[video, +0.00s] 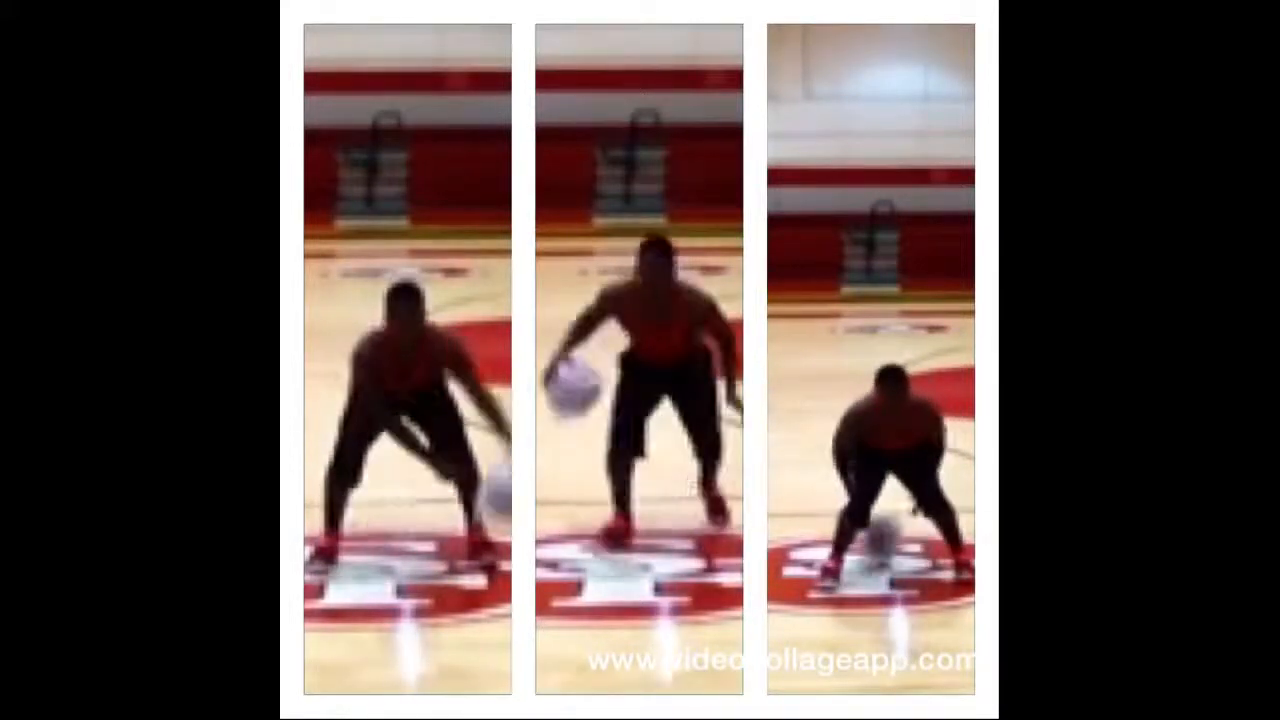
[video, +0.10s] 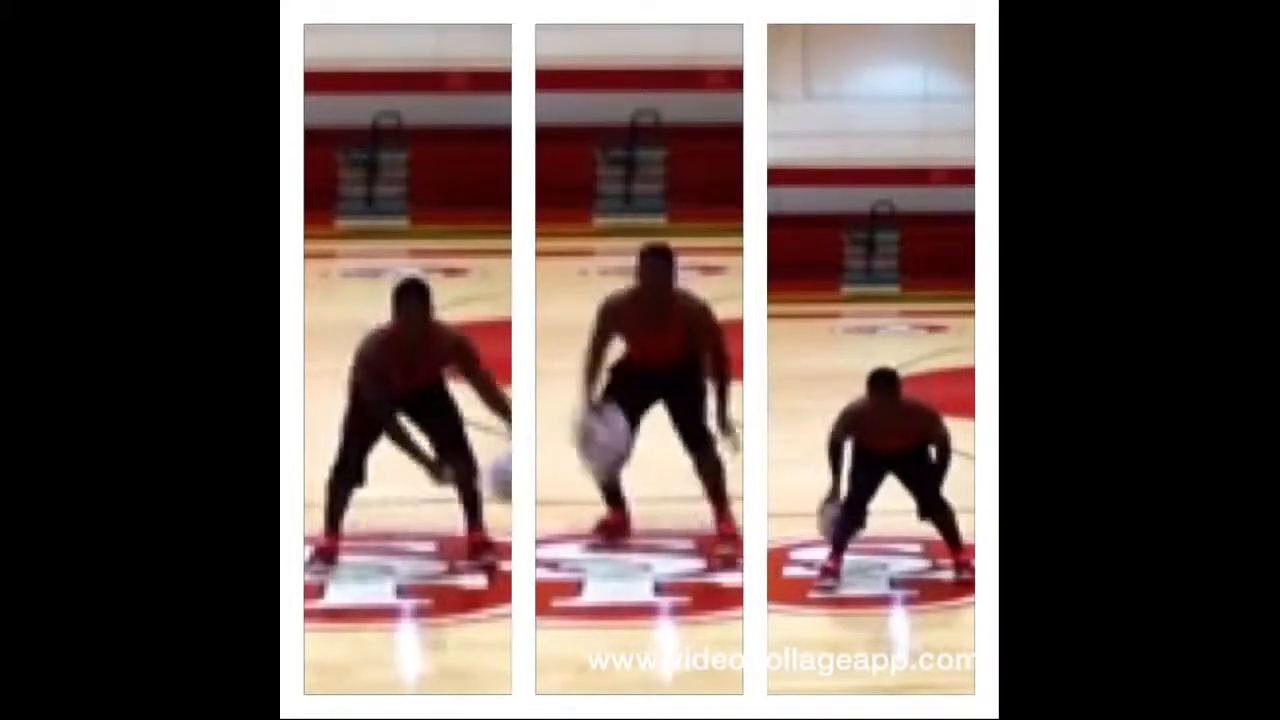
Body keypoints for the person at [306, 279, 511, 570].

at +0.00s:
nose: (406, 327)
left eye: (413, 318)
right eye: (399, 318)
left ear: (422, 315)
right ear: (388, 317)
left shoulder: (440, 345)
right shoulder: (370, 351)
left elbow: (477, 392)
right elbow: (385, 418)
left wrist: (506, 435)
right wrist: (432, 461)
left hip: (426, 398)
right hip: (375, 401)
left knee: (463, 464)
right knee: (341, 471)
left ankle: (475, 531)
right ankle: (330, 540)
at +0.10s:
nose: (414, 324)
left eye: (420, 314)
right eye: (406, 315)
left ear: (429, 312)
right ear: (396, 314)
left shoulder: (447, 342)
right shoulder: (375, 350)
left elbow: (483, 384)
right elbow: (386, 419)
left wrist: (511, 419)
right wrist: (429, 464)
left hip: (424, 394)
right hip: (375, 398)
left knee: (462, 460)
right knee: (347, 468)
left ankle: (476, 534)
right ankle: (331, 537)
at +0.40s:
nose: (394, 324)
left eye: (402, 315)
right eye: (388, 315)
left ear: (412, 312)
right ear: (377, 313)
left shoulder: (434, 345)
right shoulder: (357, 347)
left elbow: (422, 417)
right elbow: (337, 401)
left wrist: (389, 462)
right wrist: (321, 448)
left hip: (424, 396)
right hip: (372, 397)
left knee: (457, 459)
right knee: (346, 459)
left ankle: (476, 534)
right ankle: (330, 540)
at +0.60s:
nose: (402, 327)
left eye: (409, 318)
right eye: (396, 319)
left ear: (419, 316)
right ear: (385, 318)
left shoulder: (437, 345)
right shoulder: (368, 354)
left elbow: (478, 381)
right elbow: (357, 414)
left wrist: (510, 415)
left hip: (420, 405)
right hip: (369, 406)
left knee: (459, 466)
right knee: (340, 474)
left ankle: (476, 537)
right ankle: (329, 541)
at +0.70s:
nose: (406, 326)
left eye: (412, 316)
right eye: (399, 317)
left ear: (422, 314)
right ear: (388, 316)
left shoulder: (441, 344)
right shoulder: (367, 353)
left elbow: (479, 389)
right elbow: (381, 423)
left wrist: (509, 425)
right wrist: (421, 470)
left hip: (419, 392)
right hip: (371, 397)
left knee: (456, 458)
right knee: (347, 469)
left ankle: (476, 535)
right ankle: (330, 539)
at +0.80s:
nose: (401, 323)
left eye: (407, 313)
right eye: (393, 313)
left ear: (418, 311)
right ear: (383, 312)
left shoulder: (440, 345)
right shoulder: (362, 349)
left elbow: (444, 408)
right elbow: (354, 419)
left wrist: (427, 464)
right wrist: (362, 480)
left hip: (423, 395)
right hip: (373, 395)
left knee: (456, 457)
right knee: (348, 459)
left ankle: (476, 533)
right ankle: (330, 538)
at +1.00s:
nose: (392, 328)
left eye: (399, 319)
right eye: (386, 319)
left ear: (411, 315)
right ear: (376, 316)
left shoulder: (432, 346)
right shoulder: (355, 349)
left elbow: (424, 419)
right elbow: (340, 406)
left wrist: (398, 464)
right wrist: (333, 444)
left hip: (423, 399)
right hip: (372, 399)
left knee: (457, 464)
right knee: (343, 465)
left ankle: (476, 534)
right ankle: (328, 545)